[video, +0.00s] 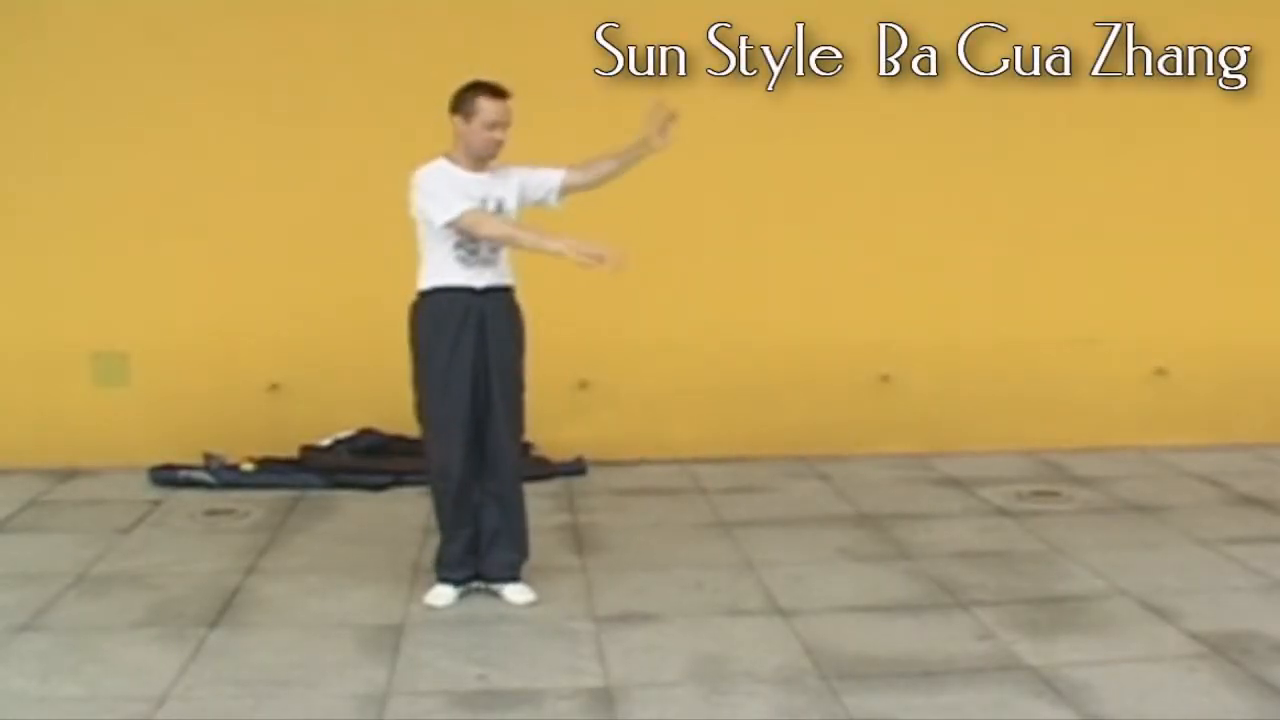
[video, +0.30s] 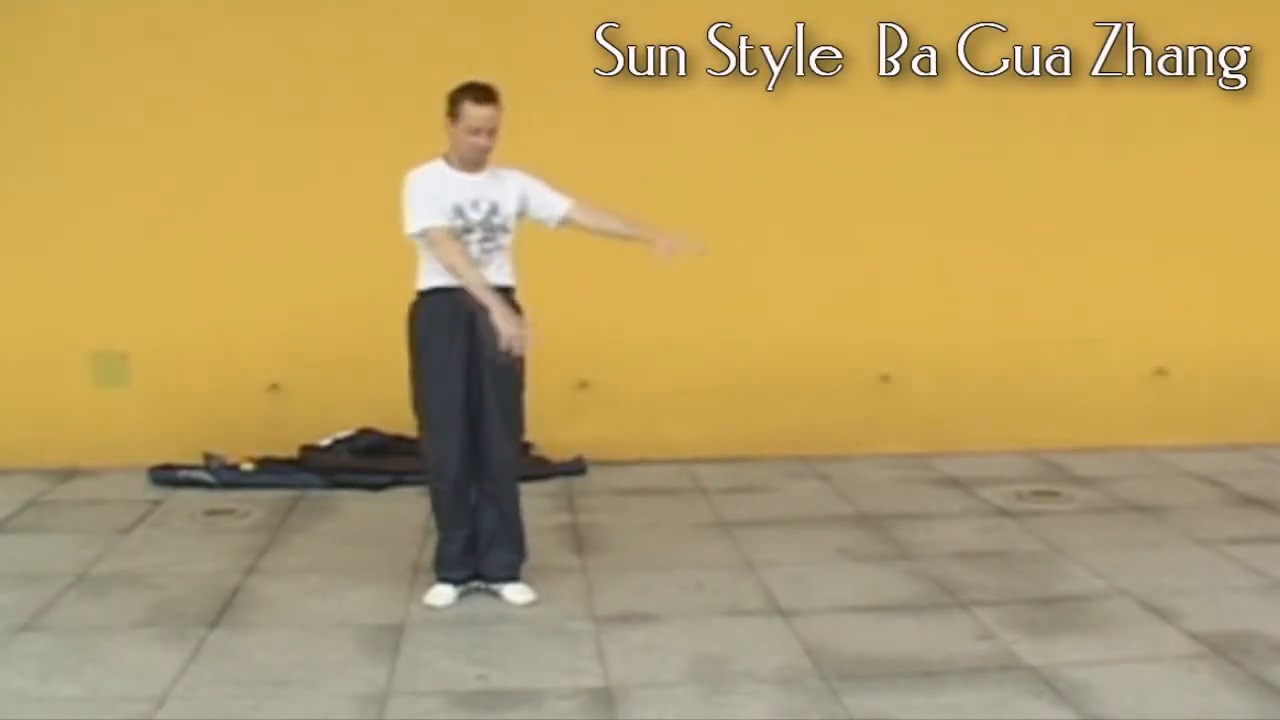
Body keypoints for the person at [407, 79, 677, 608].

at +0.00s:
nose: (499, 138)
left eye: (504, 128)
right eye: (490, 127)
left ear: (505, 130)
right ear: (459, 124)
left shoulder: (508, 181)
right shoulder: (432, 179)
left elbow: (577, 178)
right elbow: (479, 228)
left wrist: (644, 146)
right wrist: (565, 246)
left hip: (499, 316)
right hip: (444, 317)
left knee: (501, 443)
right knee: (449, 445)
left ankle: (503, 568)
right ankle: (454, 570)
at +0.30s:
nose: (484, 141)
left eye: (492, 131)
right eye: (474, 130)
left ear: (499, 132)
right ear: (450, 128)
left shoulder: (512, 184)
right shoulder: (425, 182)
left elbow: (579, 214)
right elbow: (446, 251)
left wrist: (652, 235)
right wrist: (496, 307)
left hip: (499, 310)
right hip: (441, 313)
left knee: (500, 445)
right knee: (447, 445)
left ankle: (501, 569)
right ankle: (452, 570)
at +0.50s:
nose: (475, 142)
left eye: (483, 132)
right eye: (465, 132)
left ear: (493, 131)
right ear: (445, 131)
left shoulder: (513, 186)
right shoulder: (420, 183)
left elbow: (564, 244)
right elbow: (416, 261)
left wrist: (615, 299)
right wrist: (439, 331)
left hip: (495, 314)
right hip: (437, 314)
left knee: (498, 445)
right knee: (445, 448)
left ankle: (501, 568)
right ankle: (452, 570)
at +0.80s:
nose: (455, 141)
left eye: (464, 131)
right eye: (446, 132)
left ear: (483, 130)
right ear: (435, 133)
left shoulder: (509, 186)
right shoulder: (412, 184)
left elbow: (540, 266)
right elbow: (379, 251)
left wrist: (535, 343)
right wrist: (380, 332)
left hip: (489, 311)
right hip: (433, 314)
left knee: (493, 447)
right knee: (439, 448)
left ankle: (500, 568)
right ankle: (451, 570)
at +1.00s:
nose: (442, 140)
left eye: (451, 130)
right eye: (434, 131)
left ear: (473, 130)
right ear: (425, 132)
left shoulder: (501, 188)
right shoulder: (408, 185)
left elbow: (514, 270)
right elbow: (373, 245)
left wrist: (476, 337)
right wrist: (357, 313)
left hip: (484, 310)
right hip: (426, 310)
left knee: (486, 446)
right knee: (432, 448)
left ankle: (499, 567)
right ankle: (450, 570)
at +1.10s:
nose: (444, 140)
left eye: (453, 130)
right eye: (435, 131)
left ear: (472, 129)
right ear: (422, 132)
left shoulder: (496, 188)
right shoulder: (403, 187)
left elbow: (494, 268)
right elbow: (377, 248)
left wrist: (428, 309)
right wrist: (350, 300)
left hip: (478, 316)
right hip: (420, 317)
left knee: (485, 447)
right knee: (430, 449)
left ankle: (496, 568)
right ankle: (449, 571)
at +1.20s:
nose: (450, 142)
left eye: (459, 132)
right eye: (440, 133)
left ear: (472, 133)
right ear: (423, 135)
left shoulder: (494, 188)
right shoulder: (398, 189)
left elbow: (471, 255)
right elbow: (374, 255)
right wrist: (326, 290)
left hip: (474, 321)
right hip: (419, 322)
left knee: (480, 450)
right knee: (426, 451)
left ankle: (493, 574)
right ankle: (449, 573)